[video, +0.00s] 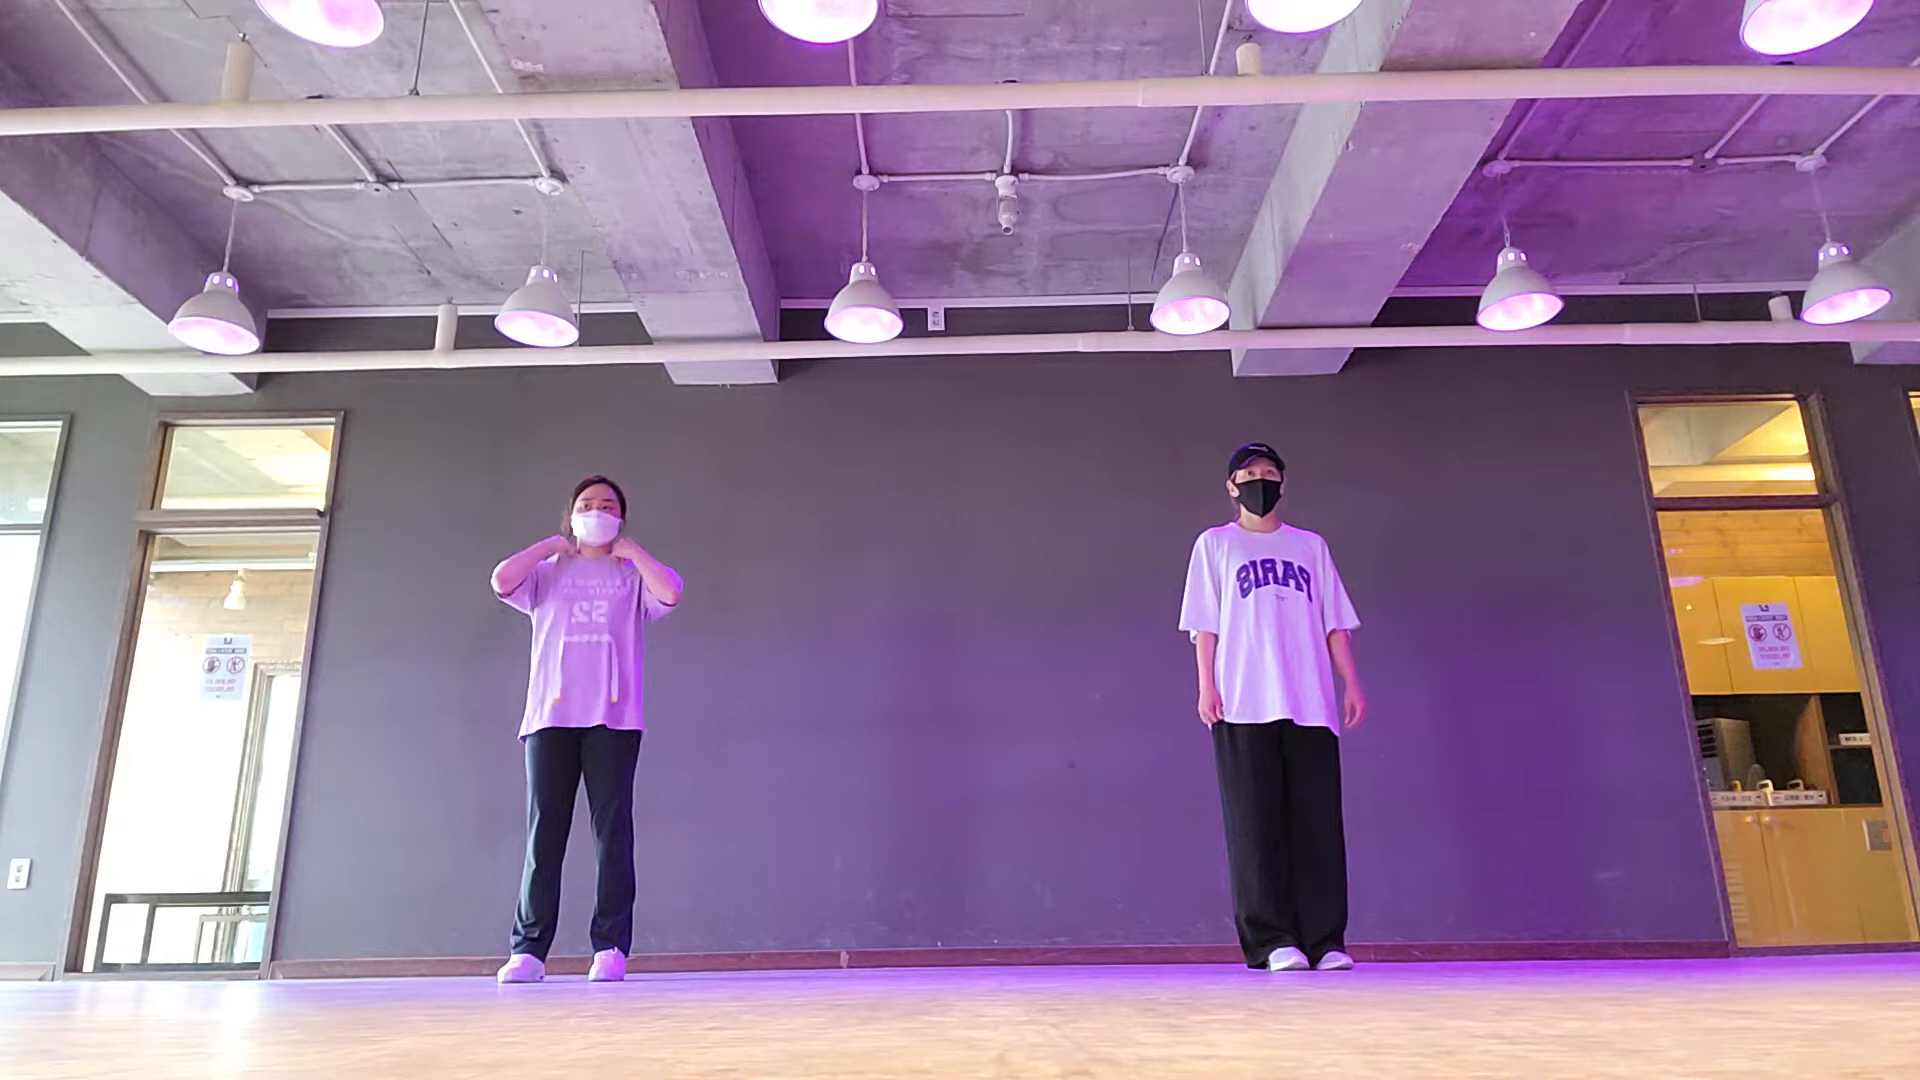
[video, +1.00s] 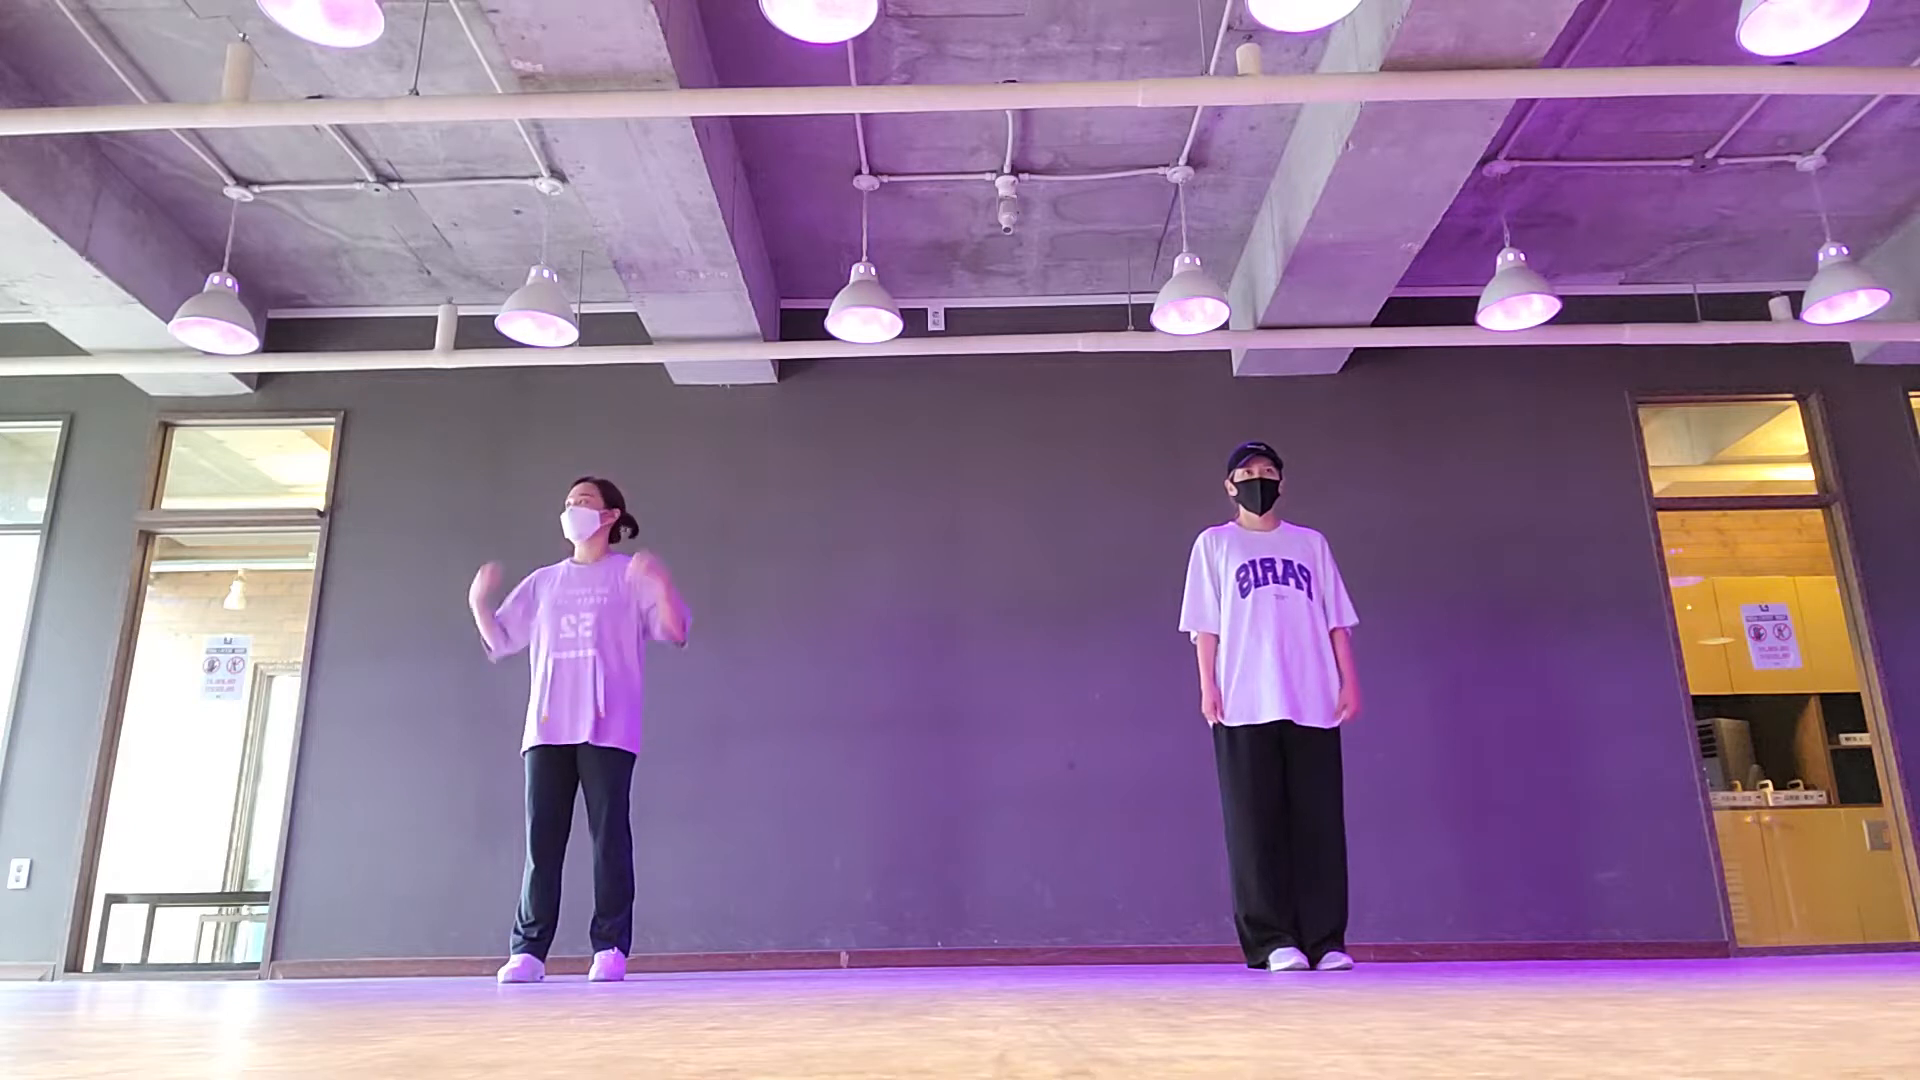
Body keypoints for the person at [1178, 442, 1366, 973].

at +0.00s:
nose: (1261, 481)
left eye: (1270, 473)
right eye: (1250, 474)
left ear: (1282, 484)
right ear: (1233, 486)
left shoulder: (1312, 546)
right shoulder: (1213, 545)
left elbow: (1335, 625)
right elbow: (1204, 624)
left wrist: (1351, 683)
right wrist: (1207, 685)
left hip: (1310, 704)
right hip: (1245, 706)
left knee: (1317, 823)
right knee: (1257, 828)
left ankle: (1325, 941)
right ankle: (1271, 944)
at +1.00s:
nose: (1259, 480)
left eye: (1268, 472)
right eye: (1248, 472)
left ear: (1281, 483)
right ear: (1231, 485)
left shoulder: (1311, 543)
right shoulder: (1213, 544)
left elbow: (1336, 621)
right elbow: (1205, 624)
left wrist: (1349, 682)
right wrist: (1208, 685)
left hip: (1311, 702)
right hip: (1245, 706)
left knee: (1318, 823)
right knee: (1256, 828)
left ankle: (1326, 941)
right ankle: (1271, 943)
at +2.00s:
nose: (1260, 478)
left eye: (1269, 470)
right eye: (1249, 470)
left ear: (1281, 479)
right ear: (1231, 481)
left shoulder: (1313, 538)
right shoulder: (1209, 539)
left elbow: (1368, 597)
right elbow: (1172, 610)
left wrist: (1369, 584)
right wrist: (1205, 566)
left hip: (1311, 704)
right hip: (1242, 707)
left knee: (1319, 821)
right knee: (1262, 827)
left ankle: (1328, 942)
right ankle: (1276, 945)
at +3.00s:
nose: (1254, 479)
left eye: (1263, 471)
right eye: (1243, 473)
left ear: (1277, 482)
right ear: (1226, 486)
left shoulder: (1318, 536)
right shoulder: (1210, 543)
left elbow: (1389, 552)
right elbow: (1196, 618)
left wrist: (1377, 486)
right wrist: (1220, 650)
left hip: (1317, 706)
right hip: (1248, 710)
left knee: (1324, 826)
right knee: (1265, 830)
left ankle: (1329, 944)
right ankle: (1280, 946)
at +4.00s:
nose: (1235, 482)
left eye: (1246, 474)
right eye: (1226, 477)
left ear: (1265, 485)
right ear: (1216, 493)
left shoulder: (1294, 523)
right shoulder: (1203, 537)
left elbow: (1298, 533)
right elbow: (1177, 521)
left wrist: (1287, 551)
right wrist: (1151, 505)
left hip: (1304, 696)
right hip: (1236, 703)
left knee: (1315, 821)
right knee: (1256, 828)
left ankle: (1328, 943)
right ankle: (1273, 945)